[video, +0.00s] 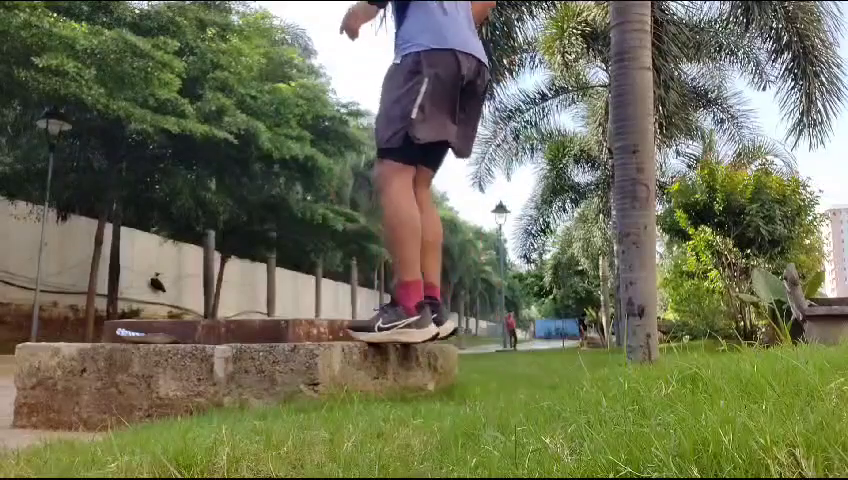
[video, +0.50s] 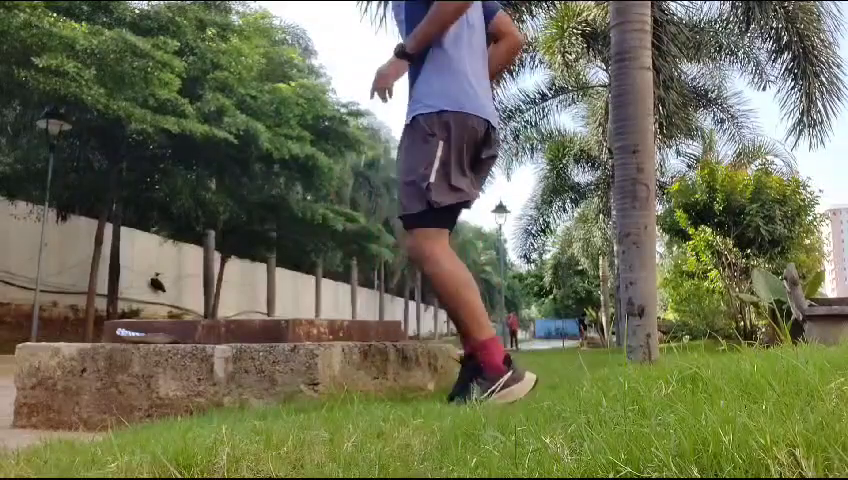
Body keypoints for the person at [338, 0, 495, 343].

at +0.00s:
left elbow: (368, 8)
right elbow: (485, 4)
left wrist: (353, 20)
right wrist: (452, 30)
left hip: (426, 50)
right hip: (472, 58)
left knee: (394, 176)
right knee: (421, 184)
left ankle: (408, 306)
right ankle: (431, 306)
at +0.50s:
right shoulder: (476, 5)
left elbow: (457, 3)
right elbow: (511, 38)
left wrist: (403, 55)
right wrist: (469, 89)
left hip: (442, 107)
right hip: (475, 113)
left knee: (426, 242)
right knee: (431, 243)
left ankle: (496, 368)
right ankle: (478, 364)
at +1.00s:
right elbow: (478, 5)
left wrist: (366, 7)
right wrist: (442, 37)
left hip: (423, 50)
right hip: (467, 59)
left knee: (385, 174)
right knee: (412, 183)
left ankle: (394, 306)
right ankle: (430, 305)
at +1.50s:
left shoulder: (425, 4)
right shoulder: (476, 5)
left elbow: (436, 3)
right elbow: (511, 34)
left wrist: (395, 33)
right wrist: (476, 89)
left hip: (441, 107)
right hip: (474, 113)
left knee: (439, 245)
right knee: (406, 242)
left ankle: (497, 374)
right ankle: (489, 338)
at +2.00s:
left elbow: (375, 5)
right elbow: (473, 10)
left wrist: (361, 10)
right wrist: (450, 42)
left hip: (419, 49)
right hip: (467, 57)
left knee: (387, 173)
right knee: (413, 182)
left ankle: (391, 306)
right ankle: (440, 301)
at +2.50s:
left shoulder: (419, 2)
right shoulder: (474, 7)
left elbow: (448, 5)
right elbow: (513, 48)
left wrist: (395, 66)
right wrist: (470, 93)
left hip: (447, 117)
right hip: (483, 123)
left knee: (452, 249)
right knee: (402, 235)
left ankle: (504, 379)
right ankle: (477, 326)